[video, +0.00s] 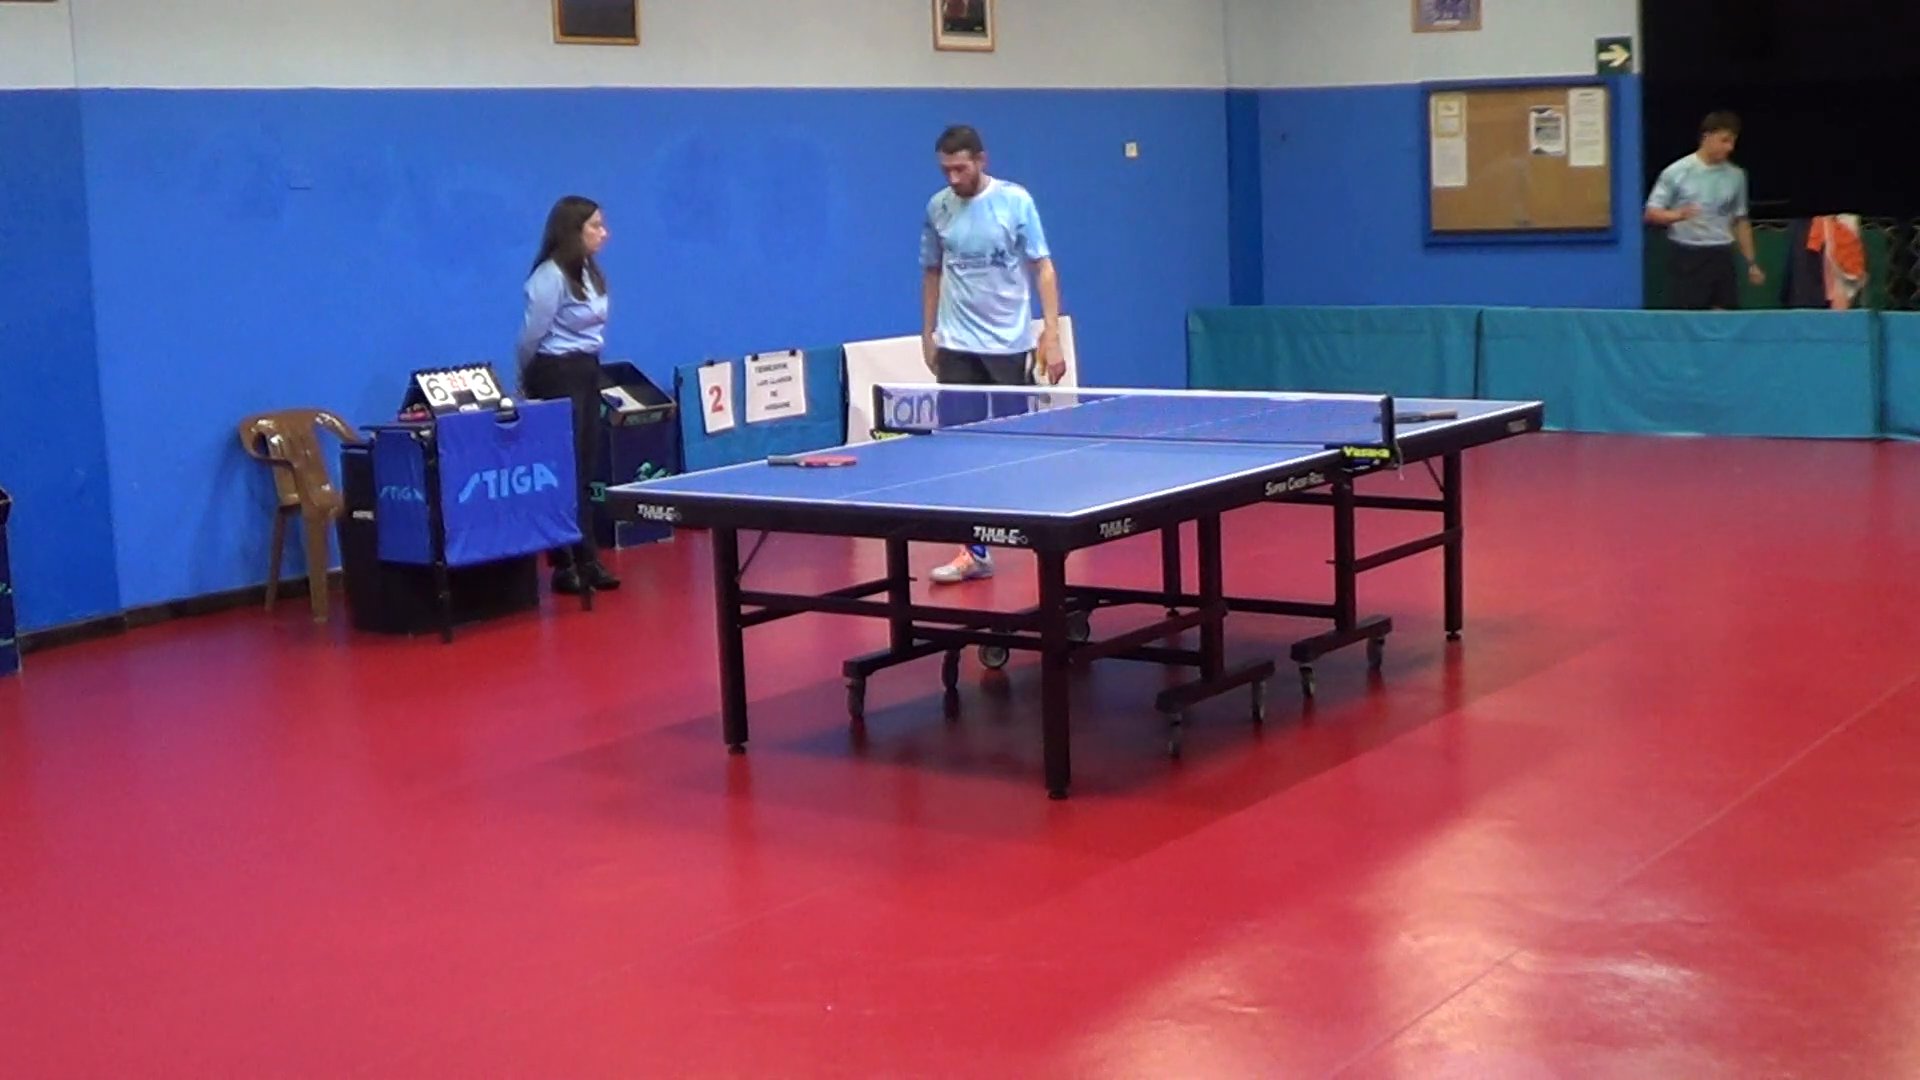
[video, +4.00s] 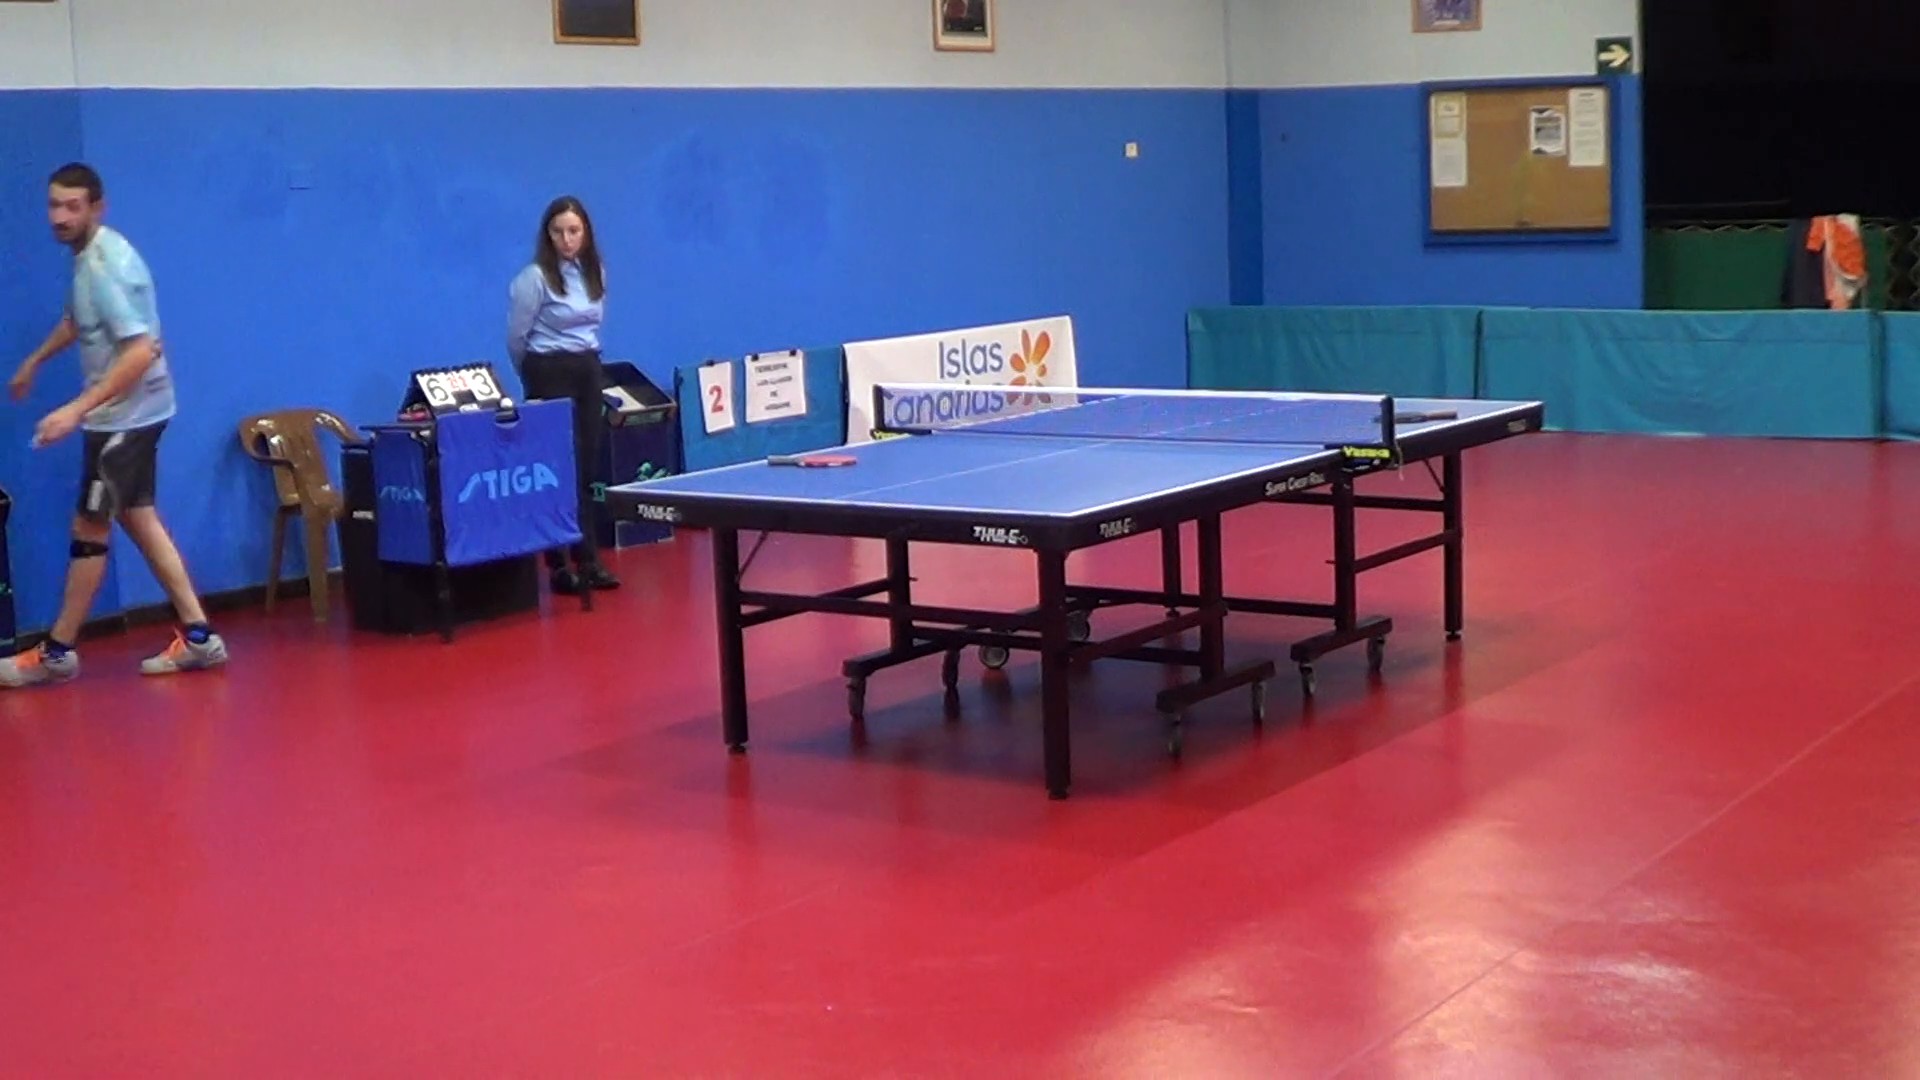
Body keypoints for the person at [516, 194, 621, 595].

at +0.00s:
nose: (604, 232)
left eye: (603, 224)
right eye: (596, 225)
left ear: (586, 230)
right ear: (574, 230)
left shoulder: (590, 271)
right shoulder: (550, 277)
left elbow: (589, 327)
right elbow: (531, 334)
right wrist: (524, 372)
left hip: (587, 366)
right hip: (557, 369)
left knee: (585, 463)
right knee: (562, 465)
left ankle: (587, 555)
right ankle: (564, 562)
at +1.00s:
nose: (602, 232)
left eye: (602, 225)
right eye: (594, 226)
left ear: (597, 231)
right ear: (571, 230)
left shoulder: (594, 271)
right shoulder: (548, 275)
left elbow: (595, 325)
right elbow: (529, 332)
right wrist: (527, 367)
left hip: (590, 366)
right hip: (556, 368)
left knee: (588, 463)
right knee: (561, 465)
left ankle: (589, 555)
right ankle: (563, 562)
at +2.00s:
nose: (578, 234)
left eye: (583, 226)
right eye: (569, 228)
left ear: (594, 229)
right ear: (555, 233)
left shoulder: (607, 272)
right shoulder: (536, 279)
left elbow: (609, 321)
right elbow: (520, 335)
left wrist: (589, 349)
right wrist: (536, 361)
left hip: (593, 366)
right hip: (551, 367)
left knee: (592, 461)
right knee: (556, 463)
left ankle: (590, 557)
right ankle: (560, 563)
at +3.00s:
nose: (577, 236)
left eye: (583, 228)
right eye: (569, 230)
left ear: (593, 232)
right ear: (555, 235)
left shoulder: (599, 273)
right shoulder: (538, 278)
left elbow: (598, 324)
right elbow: (520, 333)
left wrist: (580, 354)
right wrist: (528, 366)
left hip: (590, 367)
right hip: (550, 369)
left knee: (589, 462)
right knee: (558, 464)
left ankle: (590, 556)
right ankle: (560, 564)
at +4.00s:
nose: (568, 238)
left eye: (574, 230)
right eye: (560, 231)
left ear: (586, 233)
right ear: (549, 235)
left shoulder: (594, 272)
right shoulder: (533, 279)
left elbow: (594, 322)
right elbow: (516, 335)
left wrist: (575, 354)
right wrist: (529, 369)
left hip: (588, 366)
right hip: (549, 368)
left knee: (587, 462)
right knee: (556, 463)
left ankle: (589, 557)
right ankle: (560, 564)